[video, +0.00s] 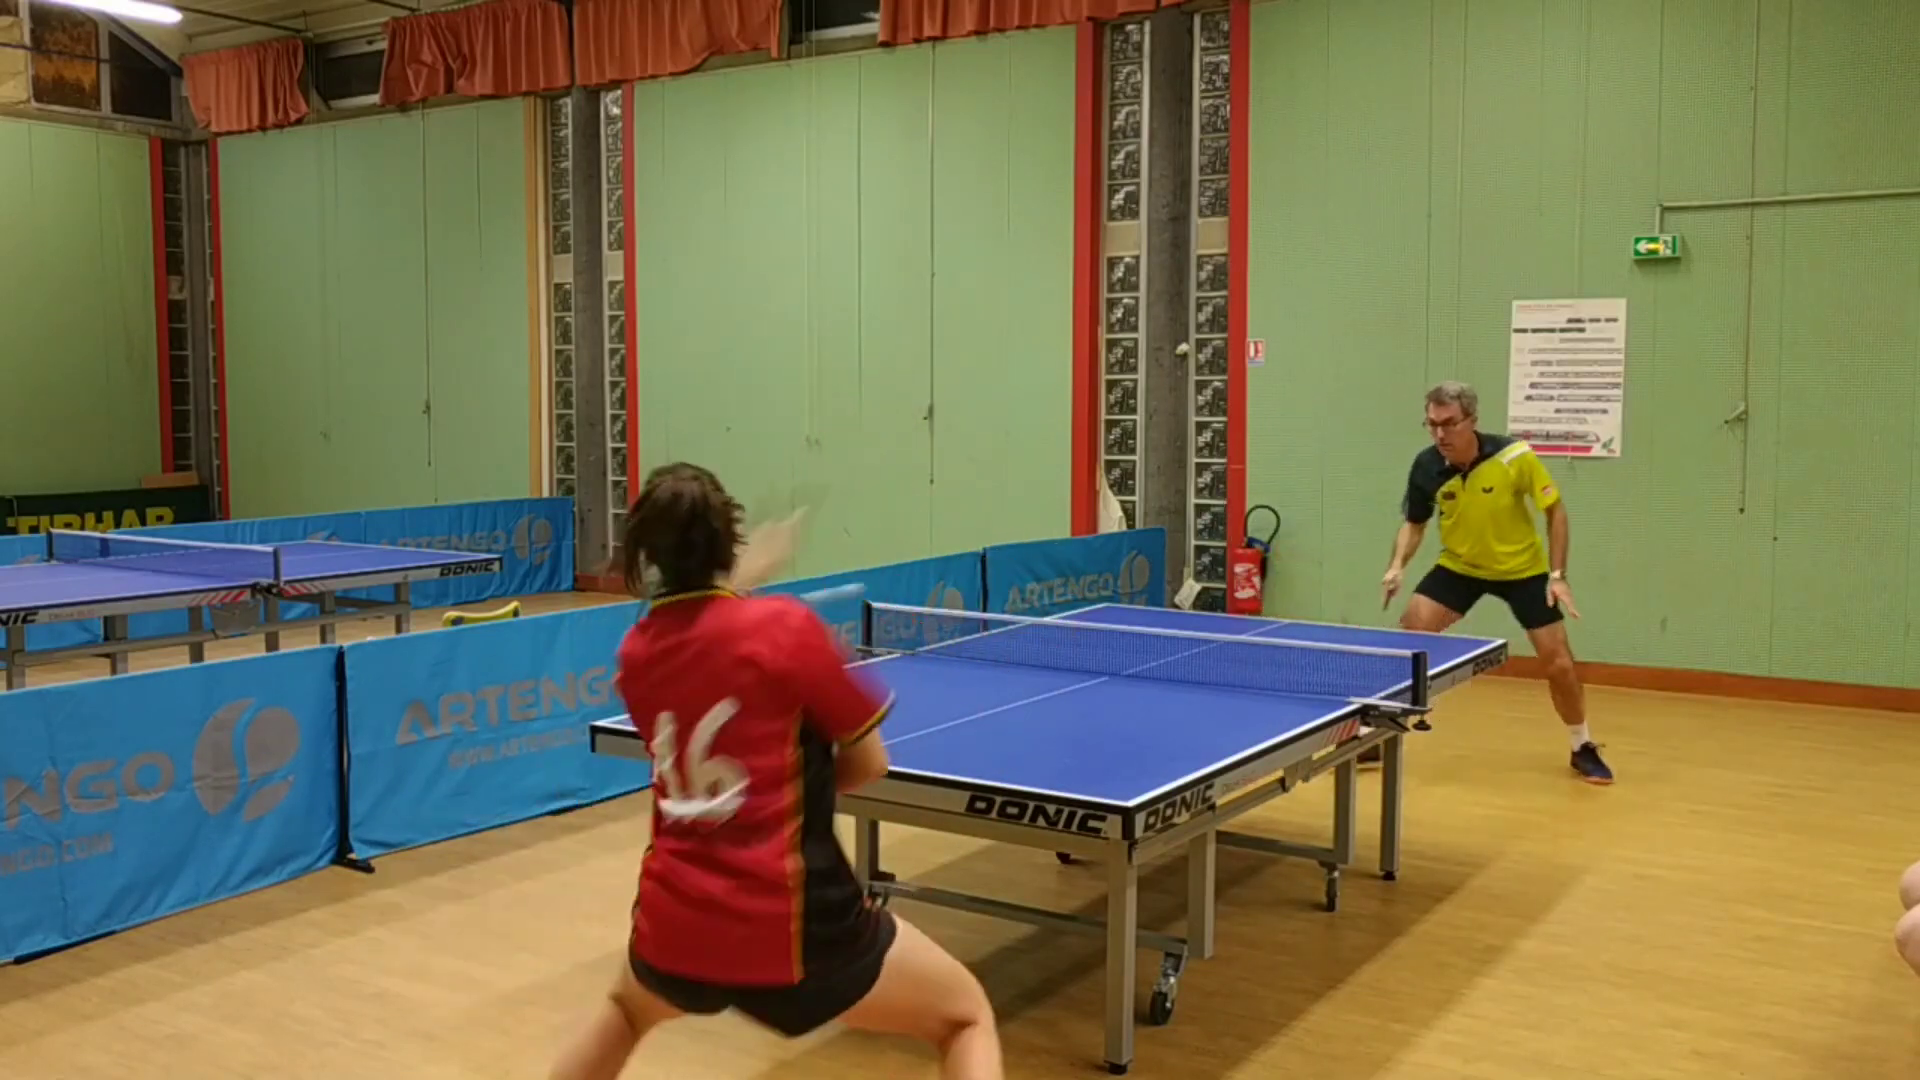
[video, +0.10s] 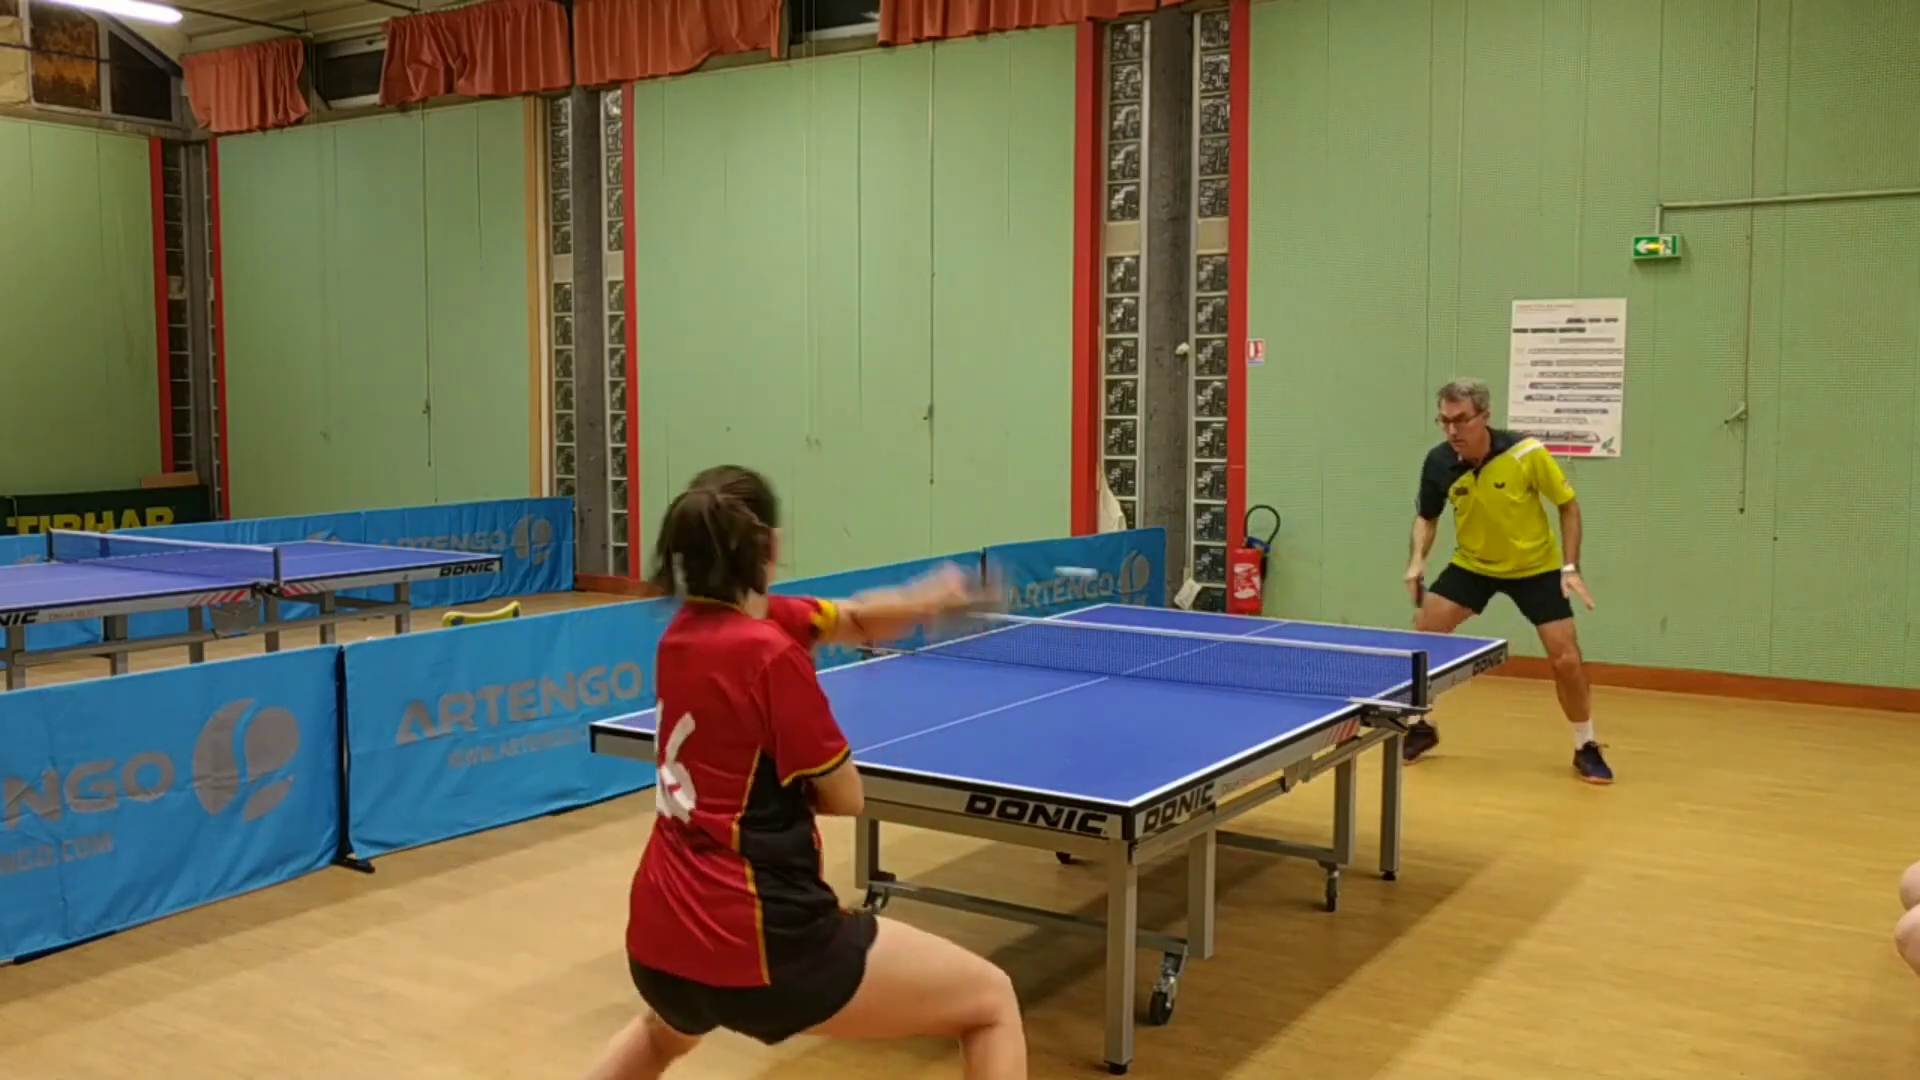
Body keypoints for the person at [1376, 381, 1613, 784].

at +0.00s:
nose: (1439, 435)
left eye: (1448, 424)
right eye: (1432, 425)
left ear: (1471, 421)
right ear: (1427, 426)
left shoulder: (1514, 456)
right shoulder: (1428, 466)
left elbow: (1555, 510)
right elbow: (1413, 523)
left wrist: (1558, 574)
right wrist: (1397, 565)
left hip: (1522, 570)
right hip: (1459, 567)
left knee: (1560, 665)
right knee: (1412, 628)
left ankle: (1583, 747)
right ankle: (1381, 726)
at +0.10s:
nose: (1452, 430)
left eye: (1460, 420)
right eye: (1445, 422)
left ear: (1484, 417)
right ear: (1440, 422)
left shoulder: (1526, 453)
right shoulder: (1440, 462)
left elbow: (1568, 504)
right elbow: (1426, 516)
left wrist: (1571, 566)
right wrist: (1418, 559)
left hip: (1534, 569)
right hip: (1472, 566)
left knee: (1567, 660)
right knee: (1423, 634)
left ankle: (1586, 746)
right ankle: (1420, 724)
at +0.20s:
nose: (1459, 431)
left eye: (1467, 421)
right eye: (1454, 422)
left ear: (1491, 417)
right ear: (1448, 422)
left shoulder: (1534, 452)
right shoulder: (1447, 461)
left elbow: (1573, 504)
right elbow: (1433, 514)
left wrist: (1581, 565)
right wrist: (1426, 557)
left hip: (1541, 568)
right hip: (1479, 568)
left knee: (1570, 657)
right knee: (1437, 636)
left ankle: (1588, 746)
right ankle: (1433, 732)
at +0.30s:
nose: (1463, 419)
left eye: (1470, 408)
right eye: (1457, 411)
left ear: (1496, 400)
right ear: (1453, 409)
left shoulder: (1541, 436)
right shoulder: (1458, 439)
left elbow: (1577, 490)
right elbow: (1461, 490)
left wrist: (1582, 553)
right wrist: (1447, 543)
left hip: (1544, 552)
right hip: (1487, 554)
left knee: (1565, 646)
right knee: (1459, 627)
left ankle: (1586, 740)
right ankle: (1433, 729)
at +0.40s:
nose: (1472, 406)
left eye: (1477, 396)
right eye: (1467, 398)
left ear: (1504, 384)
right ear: (1470, 394)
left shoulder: (1551, 422)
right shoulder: (1482, 423)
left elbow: (1592, 473)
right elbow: (1493, 471)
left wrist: (1581, 538)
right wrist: (1476, 510)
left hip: (1552, 548)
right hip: (1501, 547)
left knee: (1567, 641)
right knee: (1473, 622)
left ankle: (1595, 736)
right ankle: (1446, 715)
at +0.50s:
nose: (1486, 399)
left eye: (1491, 388)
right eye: (1481, 390)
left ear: (1519, 377)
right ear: (1487, 387)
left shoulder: (1559, 419)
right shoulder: (1500, 413)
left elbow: (1603, 475)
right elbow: (1501, 453)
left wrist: (1585, 540)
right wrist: (1474, 476)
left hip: (1557, 548)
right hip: (1510, 540)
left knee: (1569, 639)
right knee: (1488, 614)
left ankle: (1594, 736)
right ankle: (1479, 706)